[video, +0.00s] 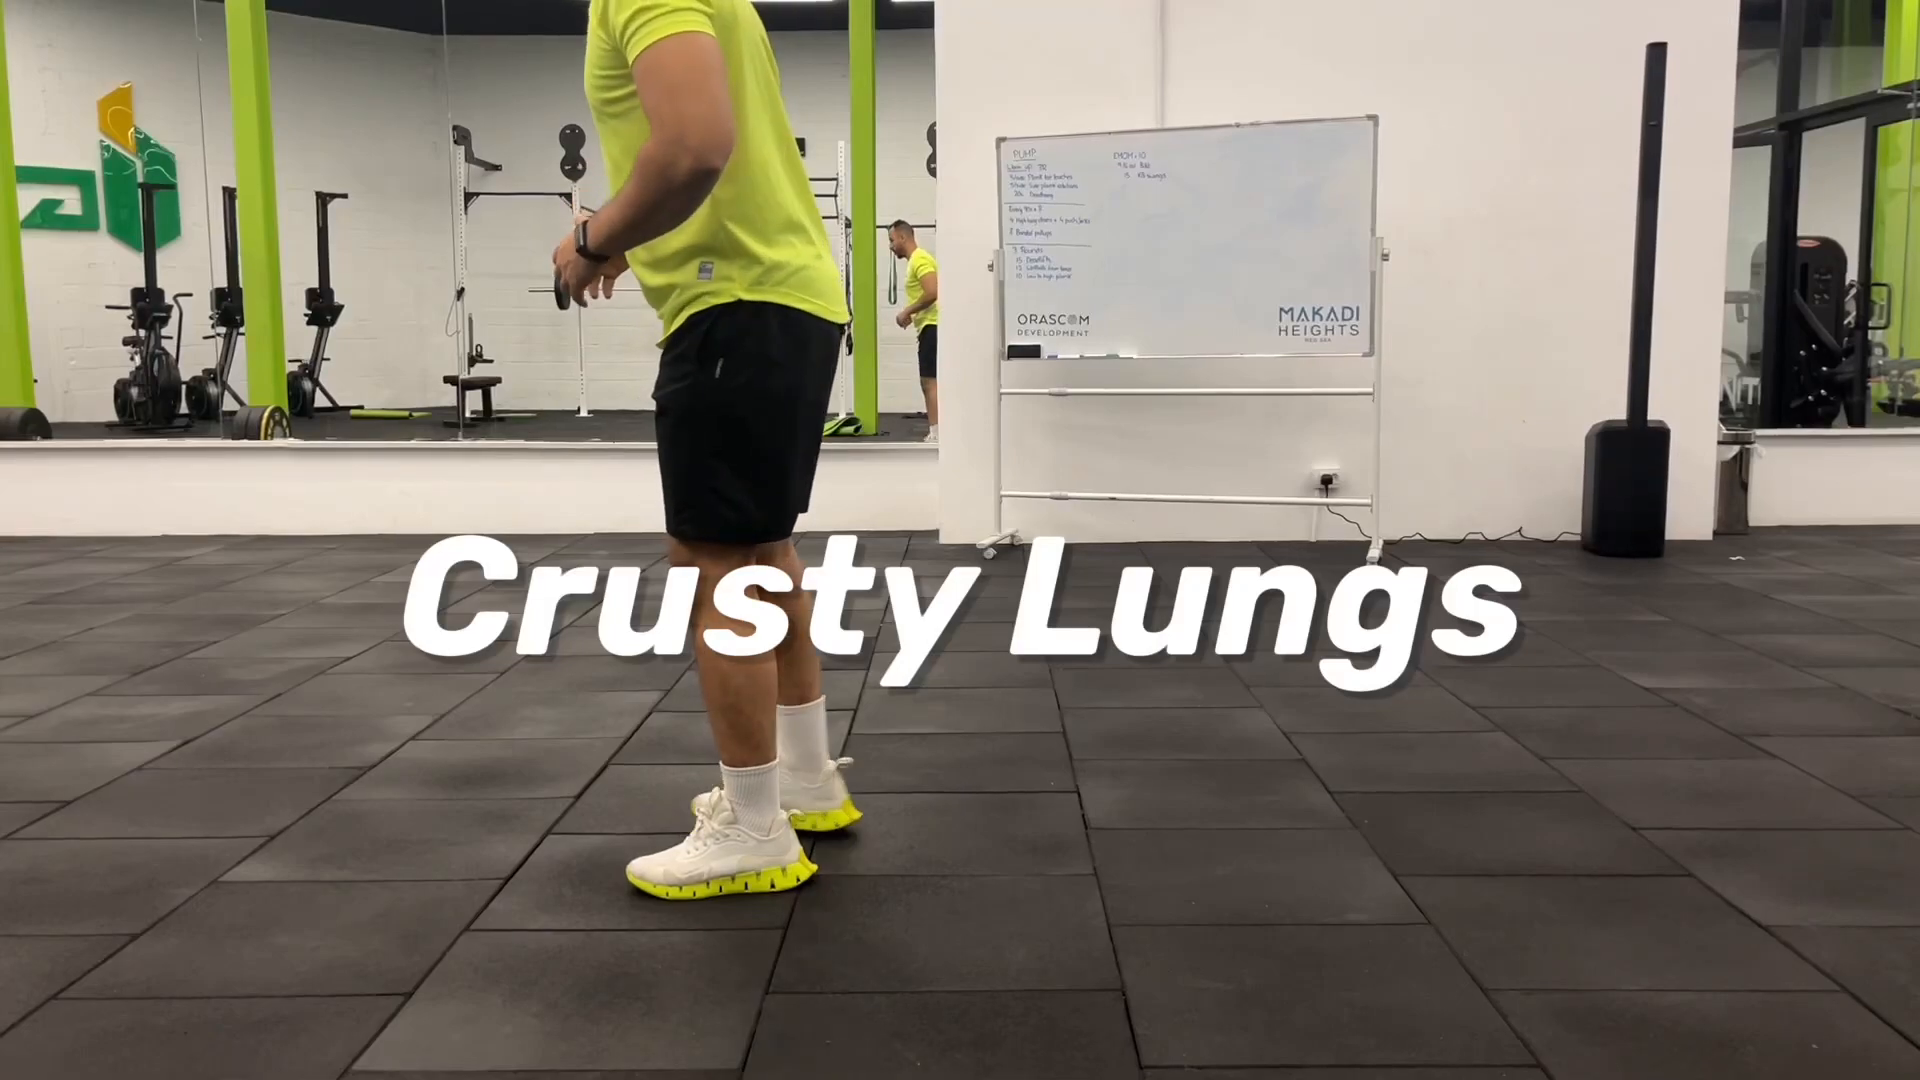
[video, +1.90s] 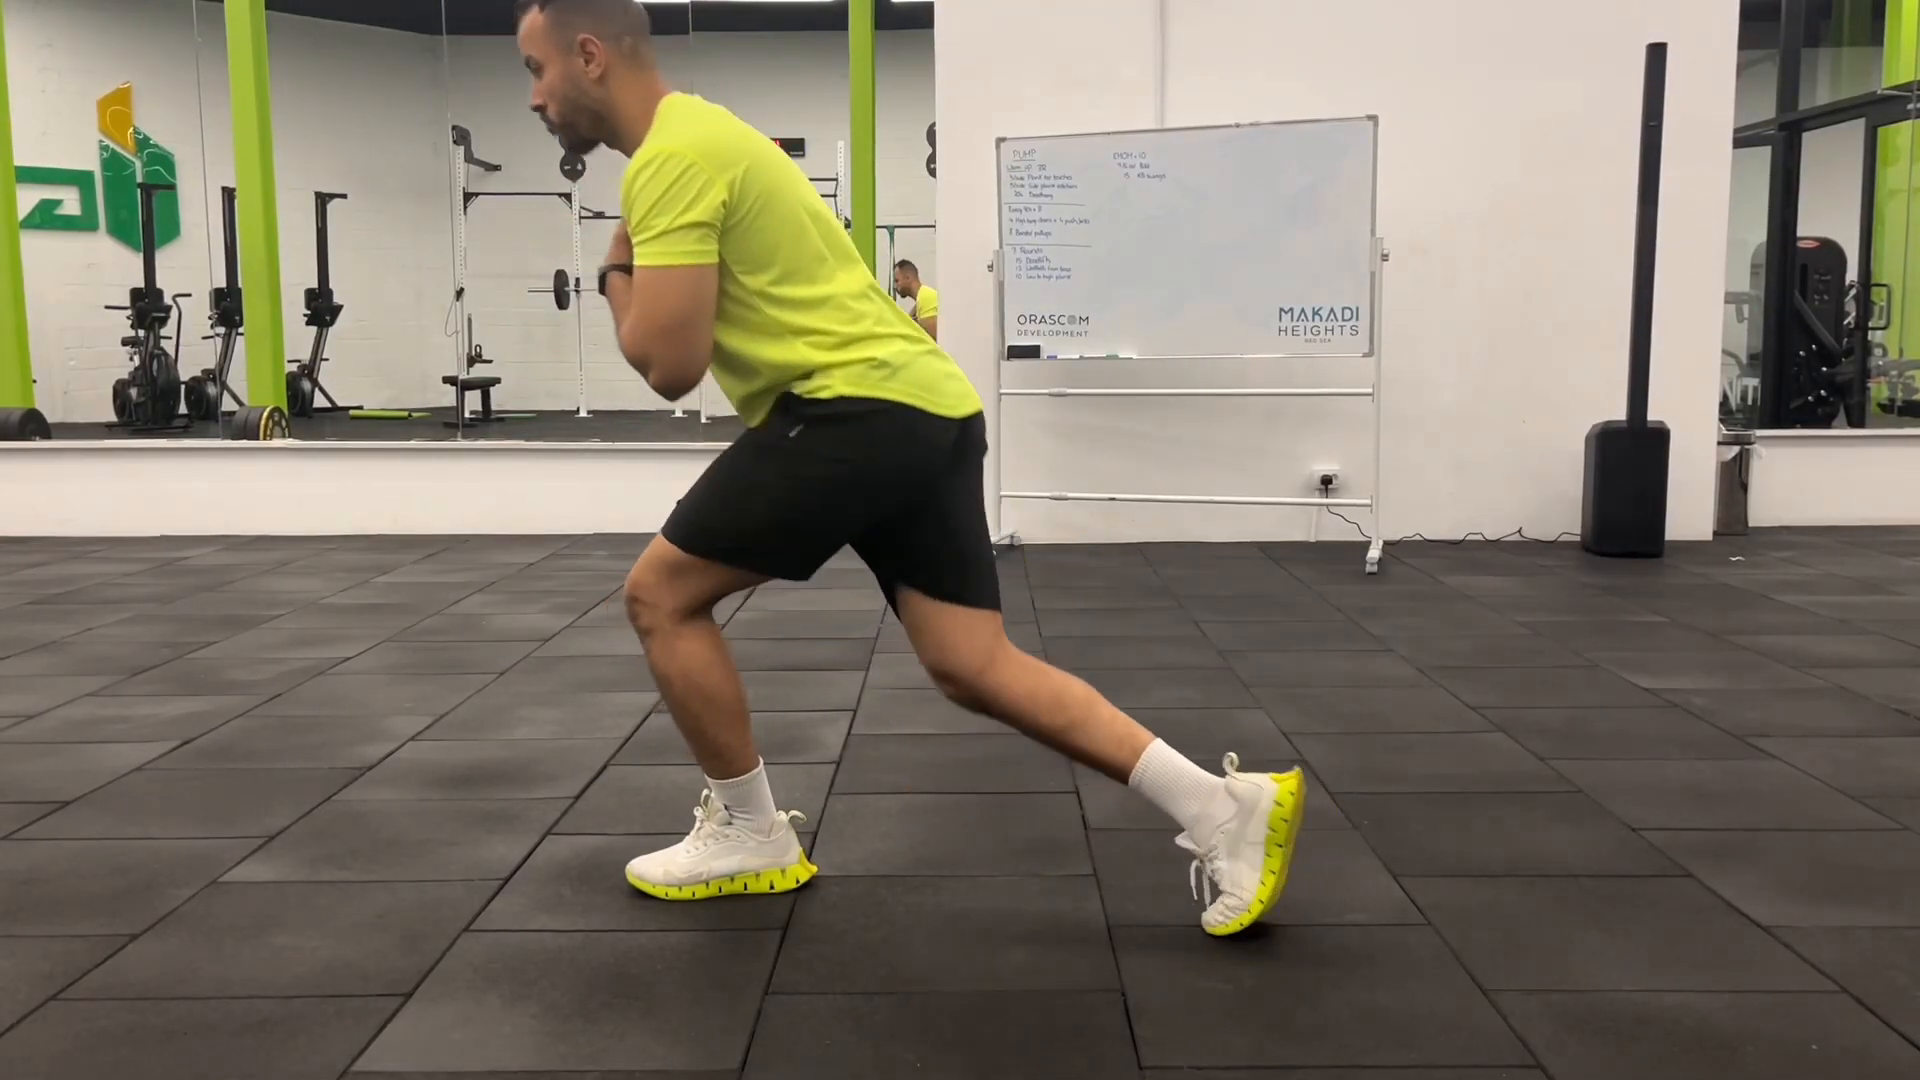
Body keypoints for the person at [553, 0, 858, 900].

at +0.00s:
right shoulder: (710, 11)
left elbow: (694, 140)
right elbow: (722, 159)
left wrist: (598, 232)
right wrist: (618, 246)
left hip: (736, 302)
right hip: (789, 295)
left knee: (718, 560)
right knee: (763, 544)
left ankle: (751, 827)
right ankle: (808, 777)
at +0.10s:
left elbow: (691, 140)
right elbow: (714, 153)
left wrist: (594, 243)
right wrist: (606, 248)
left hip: (744, 303)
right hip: (801, 295)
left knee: (722, 565)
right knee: (783, 549)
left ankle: (750, 828)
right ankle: (879, 758)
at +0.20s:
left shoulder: (628, 4)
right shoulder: (689, 15)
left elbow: (688, 148)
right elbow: (721, 160)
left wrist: (589, 247)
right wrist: (621, 245)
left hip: (751, 306)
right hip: (815, 298)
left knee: (721, 568)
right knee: (807, 547)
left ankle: (752, 826)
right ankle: (964, 738)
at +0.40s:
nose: (474, 0)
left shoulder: (620, 23)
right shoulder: (645, 31)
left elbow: (687, 194)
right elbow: (696, 214)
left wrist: (592, 262)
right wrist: (589, 269)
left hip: (771, 321)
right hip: (846, 313)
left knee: (702, 579)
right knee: (900, 554)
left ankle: (751, 828)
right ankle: (1100, 719)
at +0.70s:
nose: (471, 84)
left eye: (476, 55)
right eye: (465, 60)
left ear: (540, 40)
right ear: (547, 41)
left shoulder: (640, 120)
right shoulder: (646, 128)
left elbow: (677, 311)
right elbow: (728, 313)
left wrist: (595, 288)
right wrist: (625, 354)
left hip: (826, 385)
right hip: (897, 379)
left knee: (665, 592)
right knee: (975, 616)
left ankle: (749, 827)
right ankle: (1210, 769)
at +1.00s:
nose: (566, 165)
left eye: (574, 140)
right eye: (563, 143)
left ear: (634, 132)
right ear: (647, 132)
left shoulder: (715, 231)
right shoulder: (740, 218)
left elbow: (689, 443)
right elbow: (717, 416)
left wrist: (640, 353)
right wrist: (661, 361)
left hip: (876, 494)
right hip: (947, 502)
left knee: (648, 609)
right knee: (959, 763)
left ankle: (747, 829)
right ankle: (1235, 819)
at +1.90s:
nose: (531, 98)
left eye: (535, 70)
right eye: (526, 74)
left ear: (595, 58)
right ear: (608, 58)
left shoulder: (673, 156)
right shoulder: (718, 140)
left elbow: (667, 364)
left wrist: (618, 275)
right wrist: (651, 273)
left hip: (852, 412)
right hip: (932, 409)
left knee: (661, 597)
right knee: (973, 661)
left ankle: (748, 832)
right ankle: (1220, 810)